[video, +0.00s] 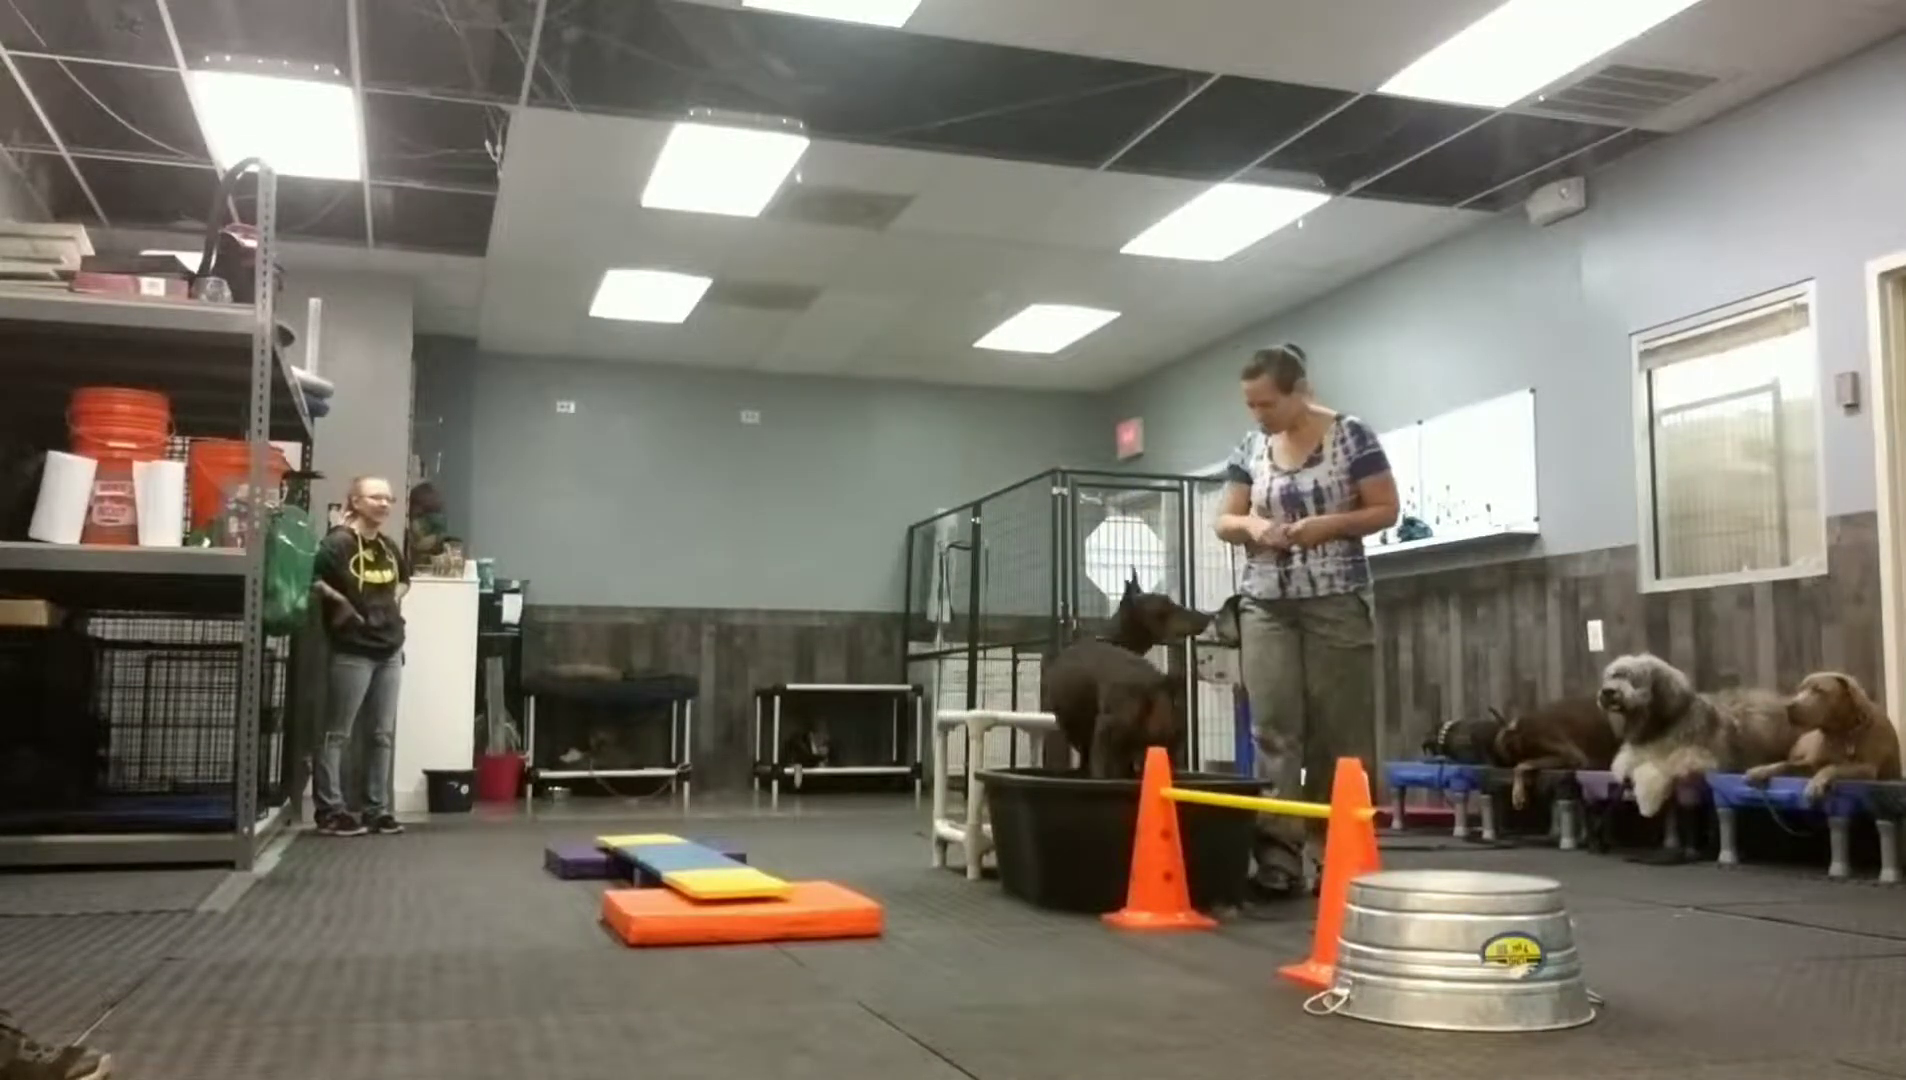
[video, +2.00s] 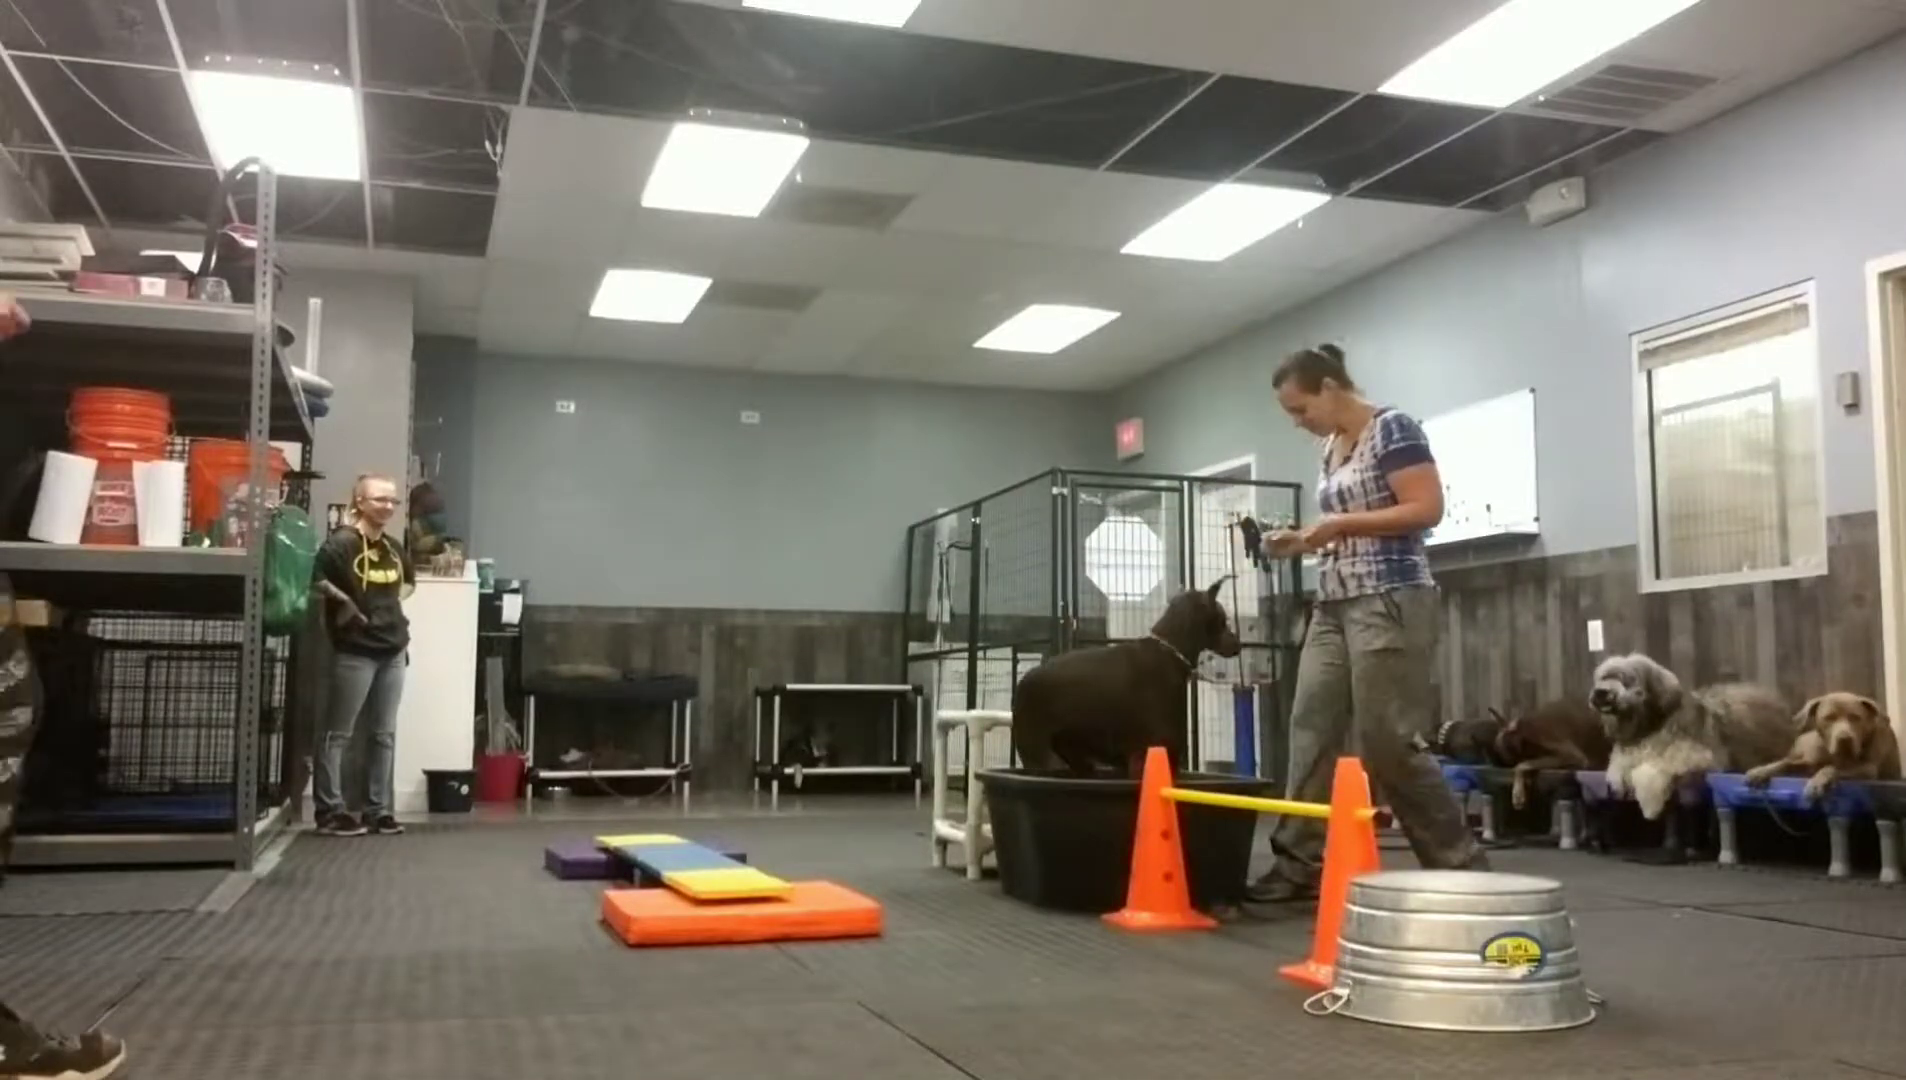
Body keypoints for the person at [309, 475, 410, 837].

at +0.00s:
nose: (385, 504)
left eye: (388, 499)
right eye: (376, 498)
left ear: (390, 505)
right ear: (355, 503)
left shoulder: (388, 544)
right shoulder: (338, 542)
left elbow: (403, 581)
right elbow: (315, 580)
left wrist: (390, 612)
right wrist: (344, 608)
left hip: (389, 648)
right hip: (352, 648)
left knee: (382, 734)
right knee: (337, 734)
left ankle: (377, 810)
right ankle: (330, 810)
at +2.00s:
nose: (389, 506)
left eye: (393, 501)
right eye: (381, 500)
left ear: (395, 505)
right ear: (360, 502)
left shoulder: (391, 545)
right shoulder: (340, 544)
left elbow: (408, 581)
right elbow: (315, 582)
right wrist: (346, 605)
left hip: (392, 649)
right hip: (355, 649)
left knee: (383, 735)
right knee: (338, 734)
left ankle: (378, 811)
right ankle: (330, 811)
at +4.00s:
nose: (388, 507)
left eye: (392, 500)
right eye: (380, 500)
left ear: (393, 505)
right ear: (358, 502)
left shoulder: (391, 546)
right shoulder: (339, 546)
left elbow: (407, 582)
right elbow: (316, 588)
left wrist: (391, 619)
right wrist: (347, 611)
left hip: (392, 649)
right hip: (355, 650)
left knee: (384, 735)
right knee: (339, 734)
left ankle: (378, 811)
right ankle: (330, 811)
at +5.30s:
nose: (385, 503)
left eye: (388, 497)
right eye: (376, 496)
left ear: (393, 503)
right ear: (356, 503)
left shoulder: (392, 548)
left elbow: (403, 595)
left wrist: (390, 622)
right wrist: (373, 627)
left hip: (389, 652)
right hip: (352, 651)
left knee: (382, 735)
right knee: (338, 733)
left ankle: (376, 808)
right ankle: (330, 809)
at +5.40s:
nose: (382, 505)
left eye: (385, 500)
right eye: (374, 499)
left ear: (388, 505)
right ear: (356, 503)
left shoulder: (386, 549)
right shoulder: (340, 541)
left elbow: (413, 582)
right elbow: (322, 580)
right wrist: (345, 604)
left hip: (389, 649)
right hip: (354, 648)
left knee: (382, 734)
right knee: (339, 733)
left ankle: (377, 809)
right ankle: (330, 810)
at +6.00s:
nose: (381, 515)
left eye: (385, 508)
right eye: (373, 507)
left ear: (389, 509)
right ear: (354, 508)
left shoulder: (389, 547)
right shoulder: (339, 543)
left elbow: (434, 546)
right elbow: (320, 575)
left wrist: (399, 526)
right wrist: (345, 599)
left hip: (393, 648)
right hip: (357, 647)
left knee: (384, 734)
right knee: (341, 733)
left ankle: (377, 810)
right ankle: (331, 810)